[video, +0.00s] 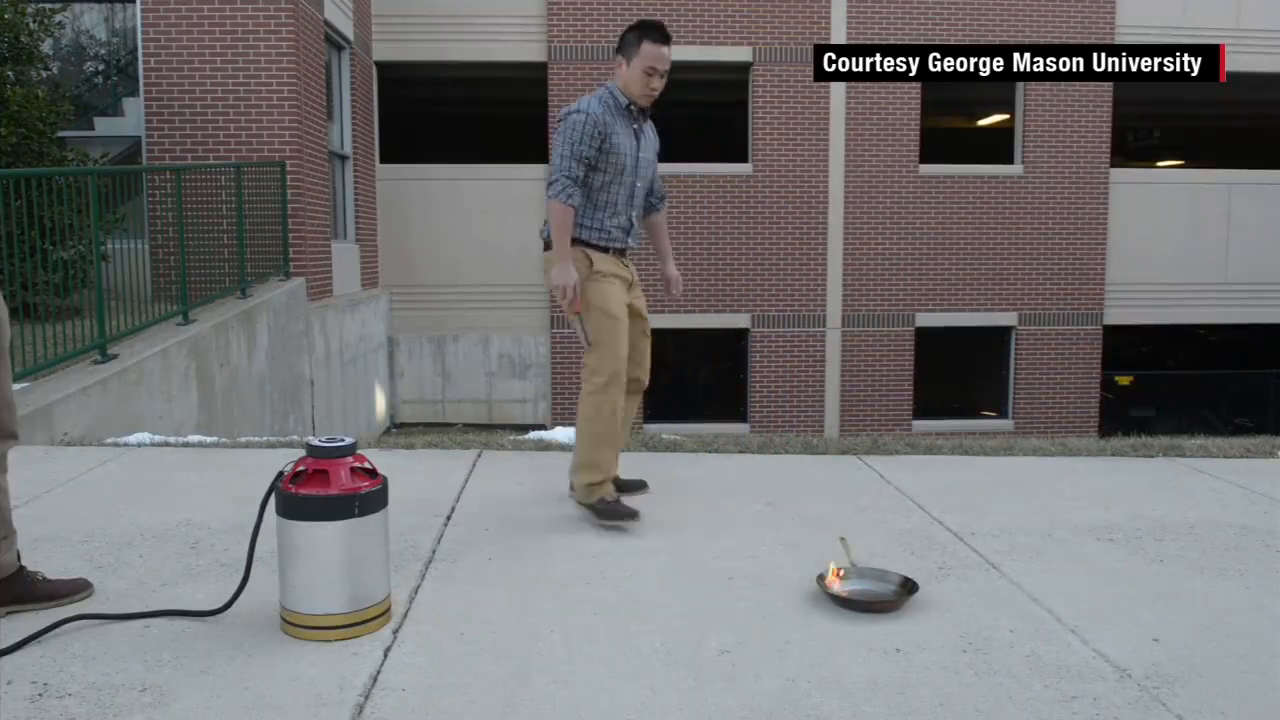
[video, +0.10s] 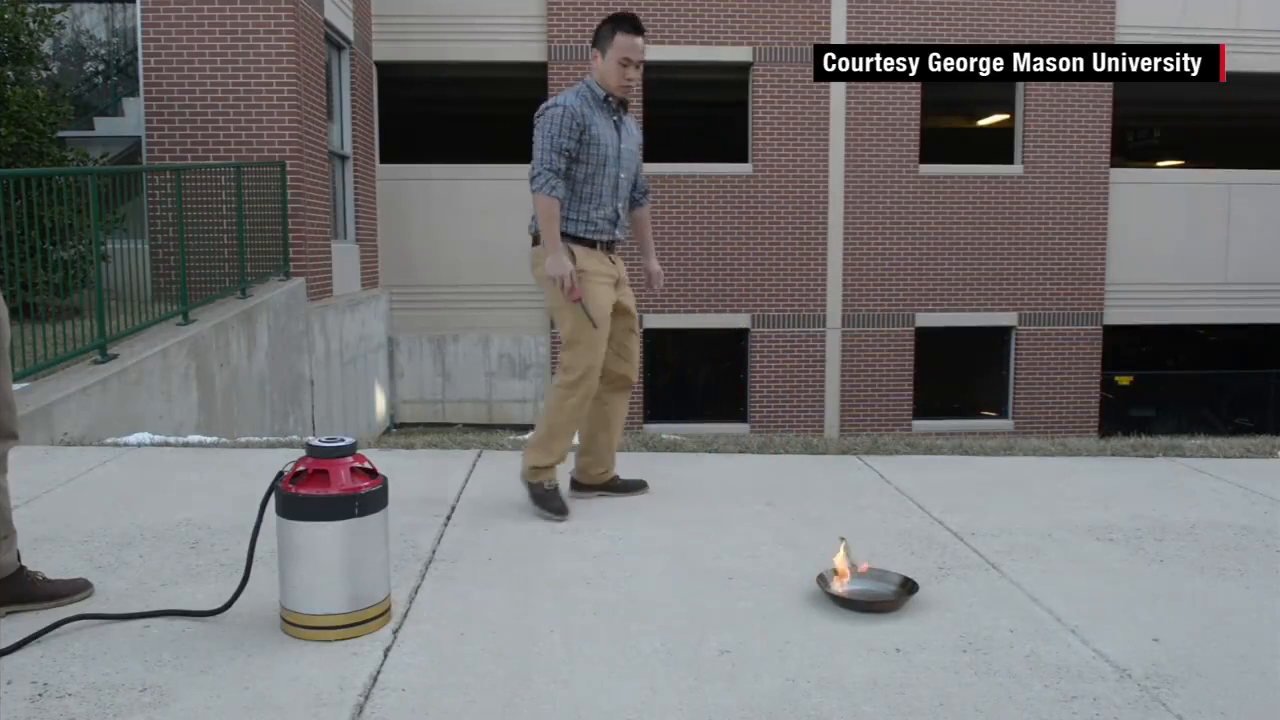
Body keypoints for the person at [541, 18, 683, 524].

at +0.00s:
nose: (657, 84)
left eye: (664, 75)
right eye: (649, 72)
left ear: (666, 73)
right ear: (619, 65)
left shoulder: (646, 131)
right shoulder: (586, 116)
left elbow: (652, 204)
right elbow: (562, 189)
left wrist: (667, 262)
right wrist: (561, 260)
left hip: (622, 263)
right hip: (588, 260)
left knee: (633, 373)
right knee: (607, 368)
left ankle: (602, 471)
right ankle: (591, 485)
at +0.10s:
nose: (633, 74)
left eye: (638, 65)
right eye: (624, 63)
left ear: (640, 64)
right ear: (595, 58)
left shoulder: (627, 126)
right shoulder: (563, 110)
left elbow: (637, 197)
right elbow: (545, 184)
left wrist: (649, 256)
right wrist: (554, 252)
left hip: (610, 259)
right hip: (572, 254)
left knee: (618, 372)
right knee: (581, 366)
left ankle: (594, 474)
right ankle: (539, 471)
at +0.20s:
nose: (595, 68)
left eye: (600, 60)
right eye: (586, 58)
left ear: (603, 62)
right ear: (557, 56)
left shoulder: (594, 122)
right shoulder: (532, 111)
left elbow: (606, 195)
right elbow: (523, 184)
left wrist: (618, 252)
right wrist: (541, 246)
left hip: (594, 261)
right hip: (548, 257)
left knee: (606, 370)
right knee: (536, 367)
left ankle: (592, 473)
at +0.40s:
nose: (525, 77)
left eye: (531, 68)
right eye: (515, 67)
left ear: (536, 69)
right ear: (487, 68)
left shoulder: (532, 133)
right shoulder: (467, 124)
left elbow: (539, 204)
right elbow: (468, 198)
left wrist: (560, 256)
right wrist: (510, 239)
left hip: (538, 268)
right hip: (487, 269)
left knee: (574, 370)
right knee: (464, 374)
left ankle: (592, 472)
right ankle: (413, 465)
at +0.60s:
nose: (477, 70)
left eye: (482, 60)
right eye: (467, 60)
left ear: (488, 61)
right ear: (439, 60)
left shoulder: (485, 122)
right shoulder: (420, 115)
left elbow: (496, 195)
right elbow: (420, 187)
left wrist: (512, 249)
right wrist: (459, 230)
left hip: (490, 260)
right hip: (442, 259)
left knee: (524, 362)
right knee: (431, 369)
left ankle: (537, 459)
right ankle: (410, 469)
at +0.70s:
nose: (447, 62)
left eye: (452, 53)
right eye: (437, 53)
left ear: (457, 54)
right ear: (410, 55)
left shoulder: (458, 115)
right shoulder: (394, 109)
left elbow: (470, 184)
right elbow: (393, 183)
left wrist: (492, 236)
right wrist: (414, 241)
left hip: (465, 251)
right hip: (421, 252)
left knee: (487, 348)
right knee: (417, 364)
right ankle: (410, 467)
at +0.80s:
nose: (431, 62)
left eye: (435, 53)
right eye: (420, 53)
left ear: (440, 55)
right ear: (394, 56)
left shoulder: (441, 115)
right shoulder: (378, 110)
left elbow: (455, 184)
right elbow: (373, 185)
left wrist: (484, 231)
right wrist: (383, 246)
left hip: (452, 251)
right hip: (412, 252)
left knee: (458, 350)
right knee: (413, 361)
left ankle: (398, 422)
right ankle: (410, 467)